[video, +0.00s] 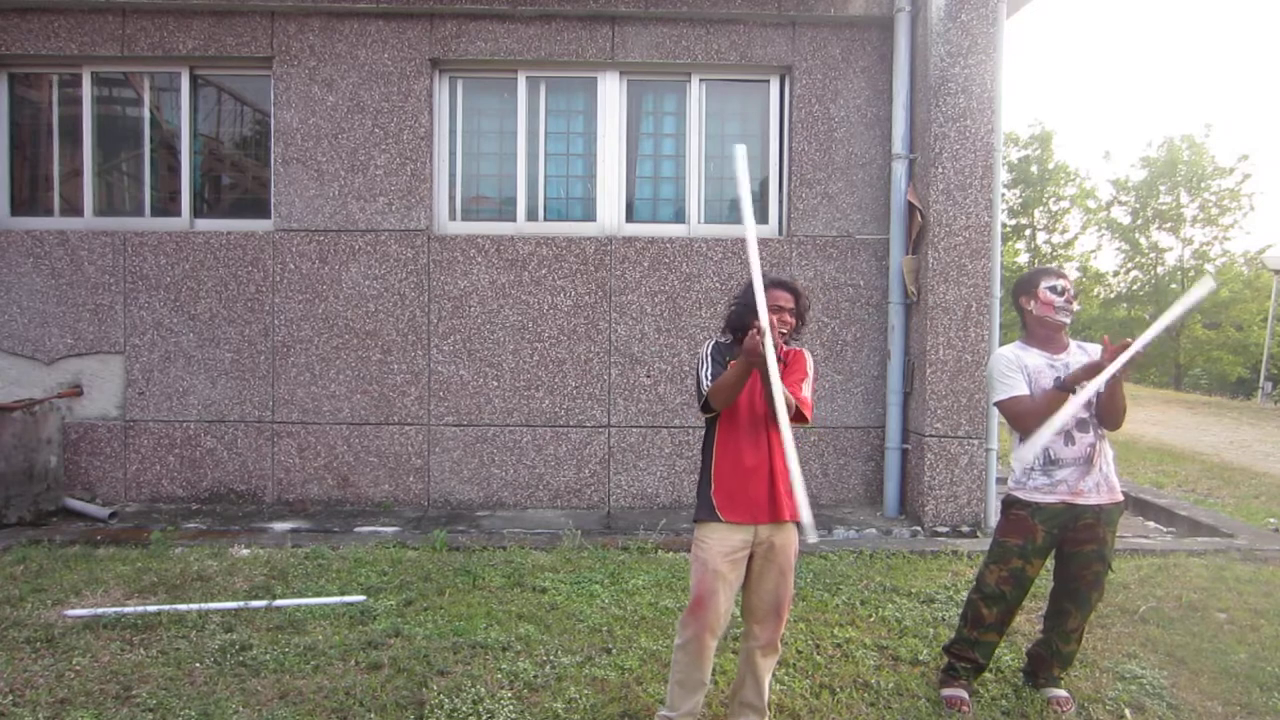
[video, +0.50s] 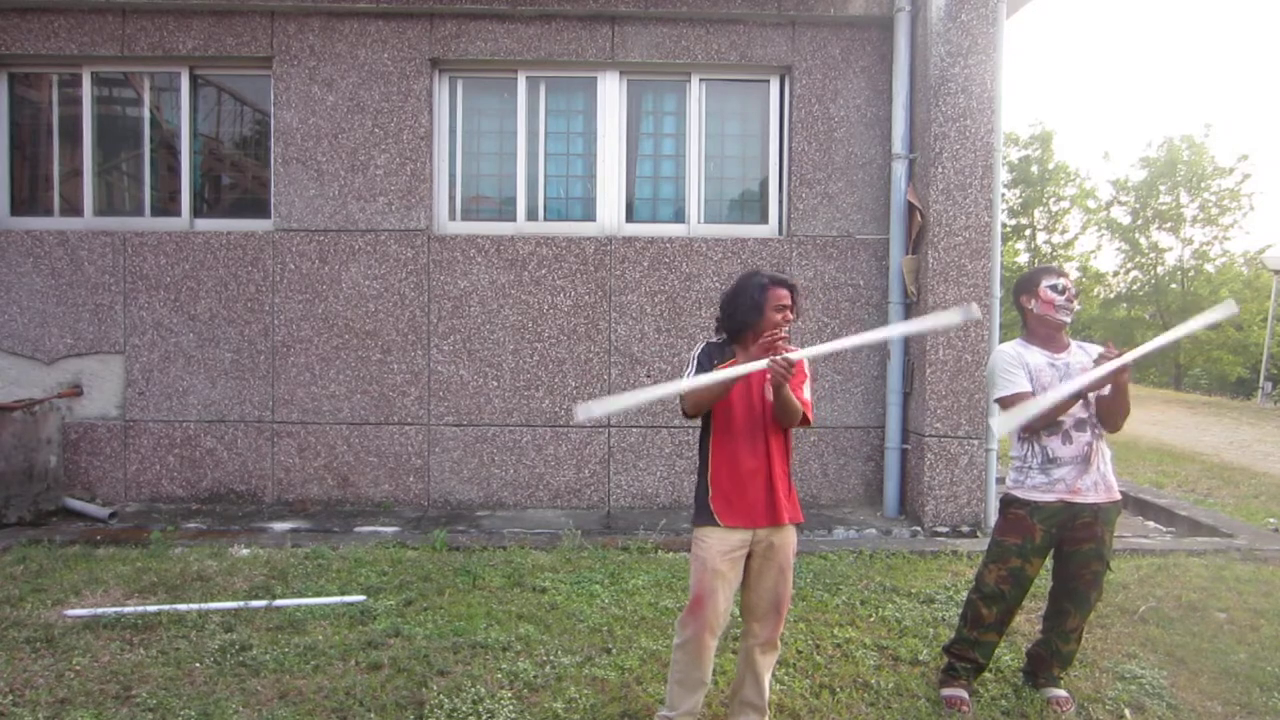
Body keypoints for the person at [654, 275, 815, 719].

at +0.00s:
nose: (782, 319)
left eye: (789, 313)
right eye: (773, 310)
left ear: (795, 322)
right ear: (750, 312)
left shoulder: (797, 358)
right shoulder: (720, 351)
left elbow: (790, 409)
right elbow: (712, 403)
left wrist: (766, 365)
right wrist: (745, 360)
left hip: (779, 515)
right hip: (722, 514)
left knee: (766, 632)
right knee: (703, 618)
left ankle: (749, 714)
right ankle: (678, 713)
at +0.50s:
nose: (786, 319)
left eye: (789, 311)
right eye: (777, 310)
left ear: (792, 316)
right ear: (747, 312)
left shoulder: (795, 362)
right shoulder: (713, 355)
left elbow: (793, 420)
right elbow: (690, 405)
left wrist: (782, 386)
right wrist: (742, 365)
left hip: (777, 513)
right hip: (721, 514)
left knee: (766, 630)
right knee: (703, 621)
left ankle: (749, 714)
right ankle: (678, 713)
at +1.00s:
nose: (791, 315)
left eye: (791, 307)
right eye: (783, 307)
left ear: (780, 313)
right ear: (752, 313)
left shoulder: (793, 359)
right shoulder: (710, 356)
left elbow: (801, 413)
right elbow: (671, 398)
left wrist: (774, 371)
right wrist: (720, 370)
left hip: (780, 517)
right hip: (724, 518)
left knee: (766, 631)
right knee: (707, 623)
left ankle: (750, 713)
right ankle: (678, 713)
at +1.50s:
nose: (797, 317)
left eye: (798, 308)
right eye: (788, 309)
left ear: (788, 314)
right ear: (758, 312)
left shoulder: (796, 362)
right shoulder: (714, 356)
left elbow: (802, 430)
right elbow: (690, 410)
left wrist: (766, 405)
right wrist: (731, 367)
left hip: (780, 516)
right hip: (724, 516)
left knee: (766, 631)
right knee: (707, 622)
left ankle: (749, 713)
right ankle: (678, 713)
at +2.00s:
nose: (796, 316)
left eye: (799, 309)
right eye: (787, 306)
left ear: (796, 317)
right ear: (757, 308)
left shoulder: (799, 366)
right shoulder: (718, 357)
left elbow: (796, 431)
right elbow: (694, 414)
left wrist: (765, 388)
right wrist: (728, 374)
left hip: (780, 518)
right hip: (724, 516)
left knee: (766, 632)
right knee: (708, 621)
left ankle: (749, 714)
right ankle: (677, 713)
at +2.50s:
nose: (774, 314)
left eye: (783, 308)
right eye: (766, 304)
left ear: (791, 318)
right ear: (744, 310)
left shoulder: (801, 367)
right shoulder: (719, 358)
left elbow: (804, 421)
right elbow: (692, 414)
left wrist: (781, 362)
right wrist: (735, 364)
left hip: (781, 518)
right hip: (724, 517)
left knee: (766, 633)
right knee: (706, 623)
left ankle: (749, 714)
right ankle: (678, 714)